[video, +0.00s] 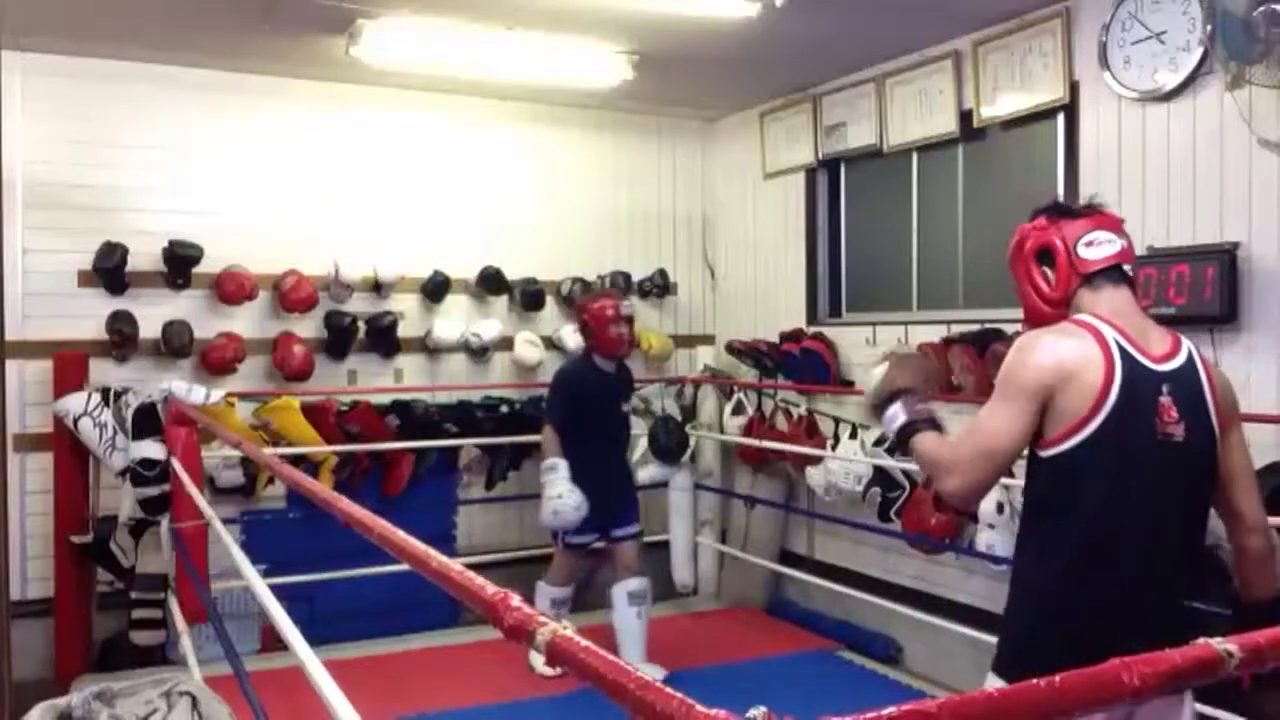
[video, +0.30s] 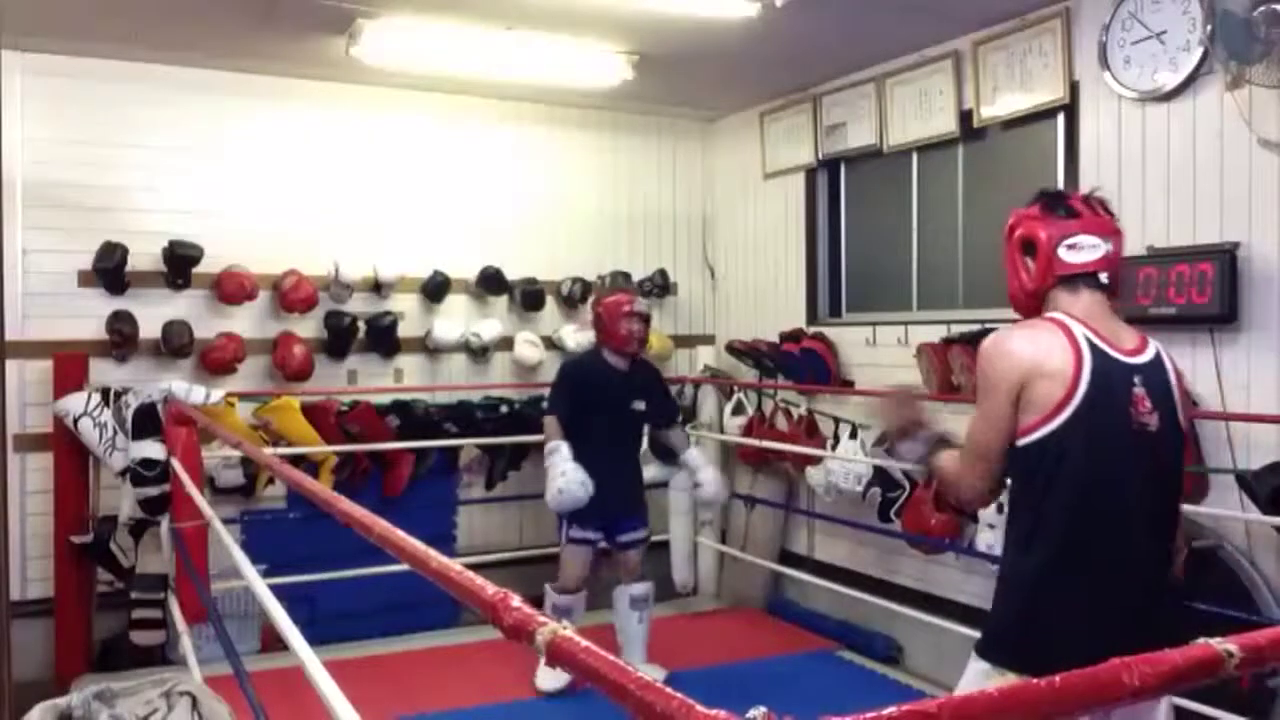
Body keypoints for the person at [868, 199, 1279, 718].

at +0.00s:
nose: (1027, 295)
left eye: (1029, 276)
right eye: (1025, 278)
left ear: (1052, 267)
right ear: (1124, 266)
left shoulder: (1048, 354)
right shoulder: (1203, 374)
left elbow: (957, 481)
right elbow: (1252, 530)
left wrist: (907, 412)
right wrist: (1260, 628)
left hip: (1050, 677)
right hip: (1164, 675)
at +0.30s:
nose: (1011, 274)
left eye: (1016, 259)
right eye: (1014, 260)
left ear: (1031, 260)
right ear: (1106, 263)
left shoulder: (1016, 348)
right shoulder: (1161, 364)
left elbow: (972, 488)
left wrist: (922, 438)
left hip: (1034, 657)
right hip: (1142, 661)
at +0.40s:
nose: (985, 274)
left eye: (989, 258)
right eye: (988, 259)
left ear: (1005, 261)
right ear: (1083, 260)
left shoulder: (992, 346)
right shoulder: (1133, 356)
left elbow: (970, 487)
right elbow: (1138, 491)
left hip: (1021, 658)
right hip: (1127, 655)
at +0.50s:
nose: (964, 279)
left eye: (967, 263)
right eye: (965, 263)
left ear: (985, 266)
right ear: (1064, 264)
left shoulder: (966, 351)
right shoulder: (1129, 364)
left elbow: (957, 489)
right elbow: (1121, 488)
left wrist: (942, 382)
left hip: (1006, 657)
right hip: (1117, 655)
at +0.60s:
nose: (942, 280)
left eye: (945, 266)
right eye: (943, 266)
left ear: (959, 268)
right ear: (1039, 265)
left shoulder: (938, 362)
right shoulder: (1102, 359)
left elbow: (915, 513)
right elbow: (1116, 478)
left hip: (986, 658)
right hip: (1097, 650)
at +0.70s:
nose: (912, 279)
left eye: (915, 265)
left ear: (926, 272)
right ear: (1007, 267)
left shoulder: (905, 371)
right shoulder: (1074, 359)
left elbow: (872, 504)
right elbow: (1094, 474)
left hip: (965, 650)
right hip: (1077, 642)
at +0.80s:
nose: (877, 287)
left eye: (879, 274)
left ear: (892, 280)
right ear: (972, 269)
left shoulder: (877, 371)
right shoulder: (1050, 361)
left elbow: (845, 507)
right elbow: (1085, 487)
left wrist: (807, 481)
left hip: (944, 644)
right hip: (1051, 636)